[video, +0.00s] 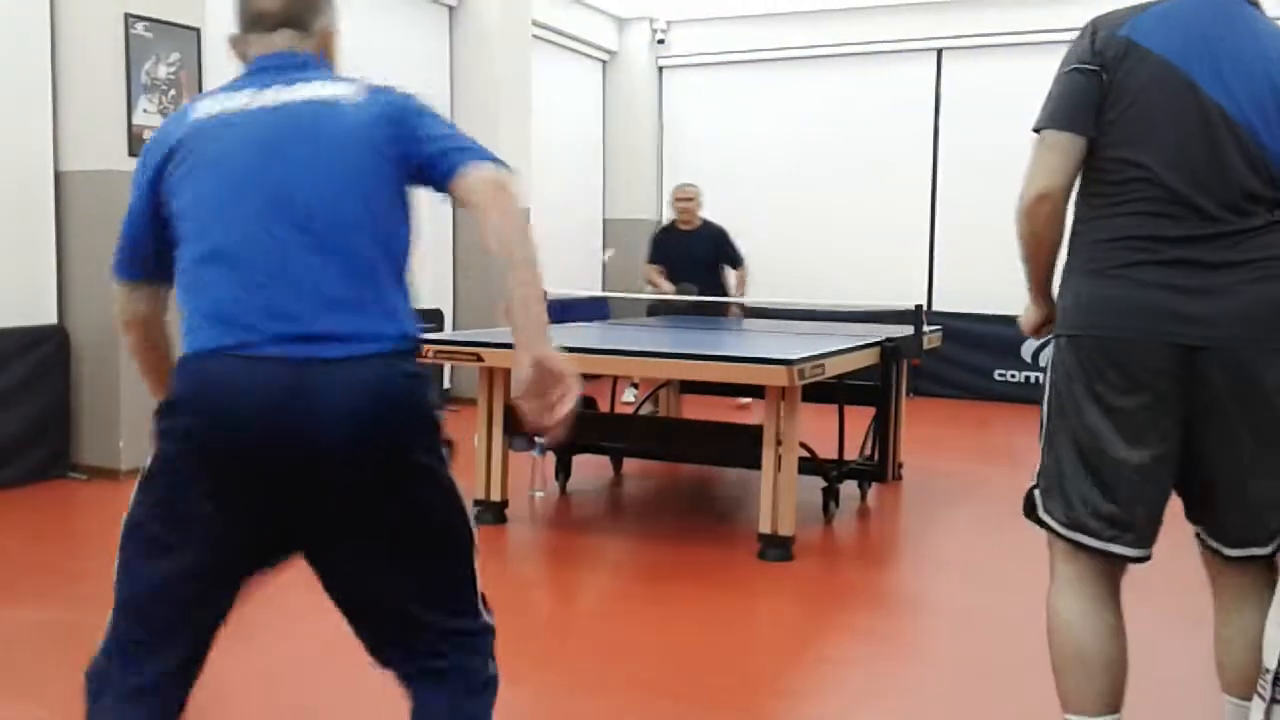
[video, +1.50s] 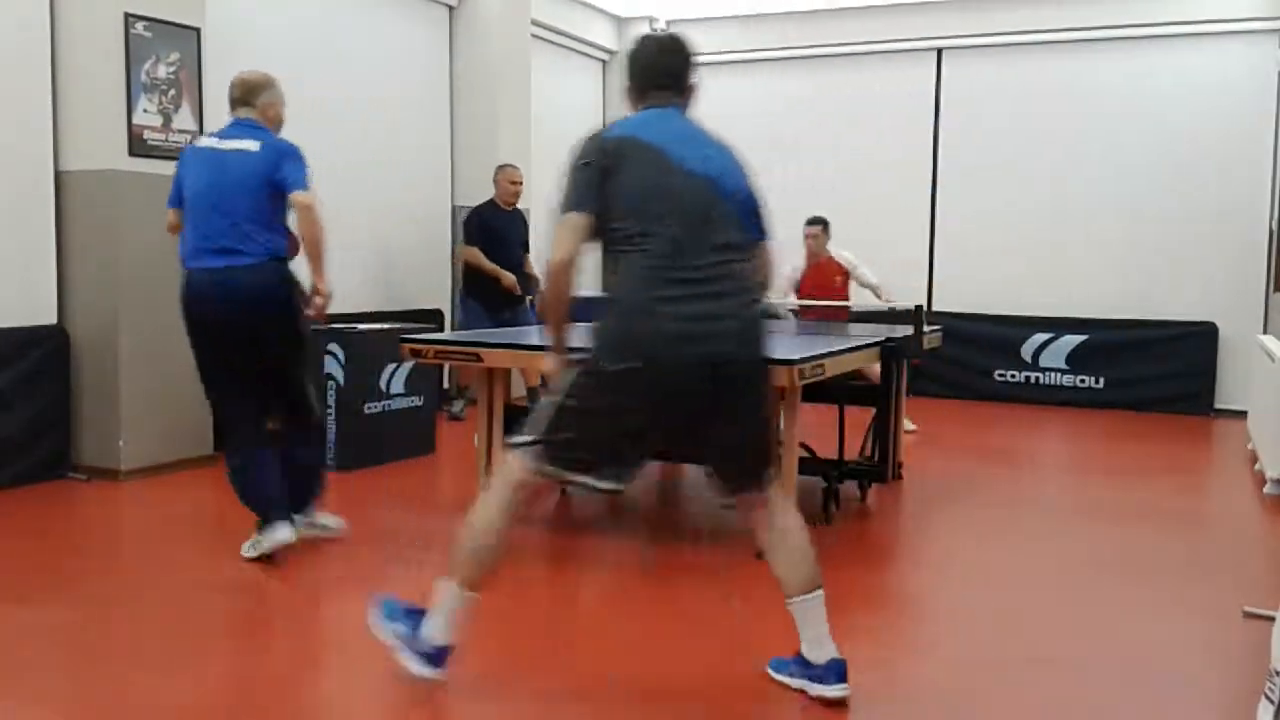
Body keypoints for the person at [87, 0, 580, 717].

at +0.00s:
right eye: (331, 35)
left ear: (237, 51)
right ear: (328, 42)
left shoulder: (180, 131)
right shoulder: (381, 108)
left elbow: (138, 315)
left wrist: (186, 417)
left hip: (222, 411)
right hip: (373, 409)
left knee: (139, 667)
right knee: (450, 657)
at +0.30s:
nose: (393, 81)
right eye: (391, 71)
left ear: (309, 79)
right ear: (384, 72)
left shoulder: (266, 147)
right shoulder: (403, 112)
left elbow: (258, 253)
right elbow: (448, 181)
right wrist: (490, 312)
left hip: (243, 354)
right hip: (354, 350)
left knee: (271, 551)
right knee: (403, 584)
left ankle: (237, 708)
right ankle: (367, 711)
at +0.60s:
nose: (402, 170)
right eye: (398, 164)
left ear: (341, 174)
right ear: (389, 163)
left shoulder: (315, 210)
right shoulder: (390, 174)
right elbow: (421, 208)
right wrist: (471, 304)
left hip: (270, 349)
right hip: (351, 339)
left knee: (346, 491)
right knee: (442, 524)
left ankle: (368, 641)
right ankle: (391, 691)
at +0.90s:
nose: (408, 151)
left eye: (407, 147)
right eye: (405, 143)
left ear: (356, 134)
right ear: (393, 134)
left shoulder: (326, 172)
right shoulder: (387, 137)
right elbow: (391, 154)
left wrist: (415, 346)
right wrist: (412, 237)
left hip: (279, 288)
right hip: (350, 275)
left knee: (336, 452)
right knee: (397, 439)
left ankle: (362, 599)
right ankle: (425, 579)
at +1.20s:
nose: (351, 127)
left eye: (346, 119)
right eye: (349, 119)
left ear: (298, 122)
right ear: (340, 120)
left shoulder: (260, 171)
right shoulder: (359, 156)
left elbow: (211, 241)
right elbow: (393, 205)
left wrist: (249, 291)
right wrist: (397, 288)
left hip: (279, 310)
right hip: (352, 303)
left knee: (281, 433)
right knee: (384, 439)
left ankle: (279, 545)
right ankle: (403, 570)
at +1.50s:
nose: (282, 119)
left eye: (281, 112)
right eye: (280, 112)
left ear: (235, 108)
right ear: (269, 110)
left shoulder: (194, 151)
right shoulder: (281, 151)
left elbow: (175, 220)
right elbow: (305, 209)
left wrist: (213, 248)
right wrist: (319, 279)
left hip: (203, 288)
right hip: (264, 284)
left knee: (232, 402)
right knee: (297, 395)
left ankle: (271, 517)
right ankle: (302, 504)